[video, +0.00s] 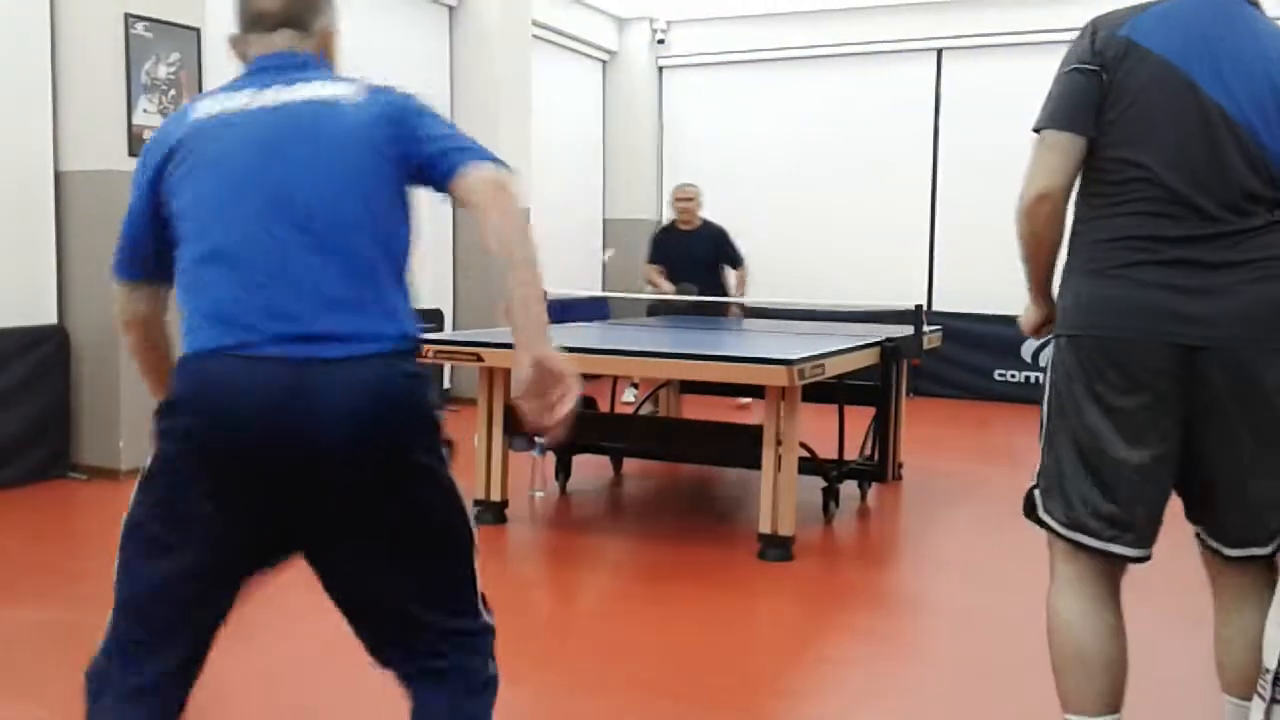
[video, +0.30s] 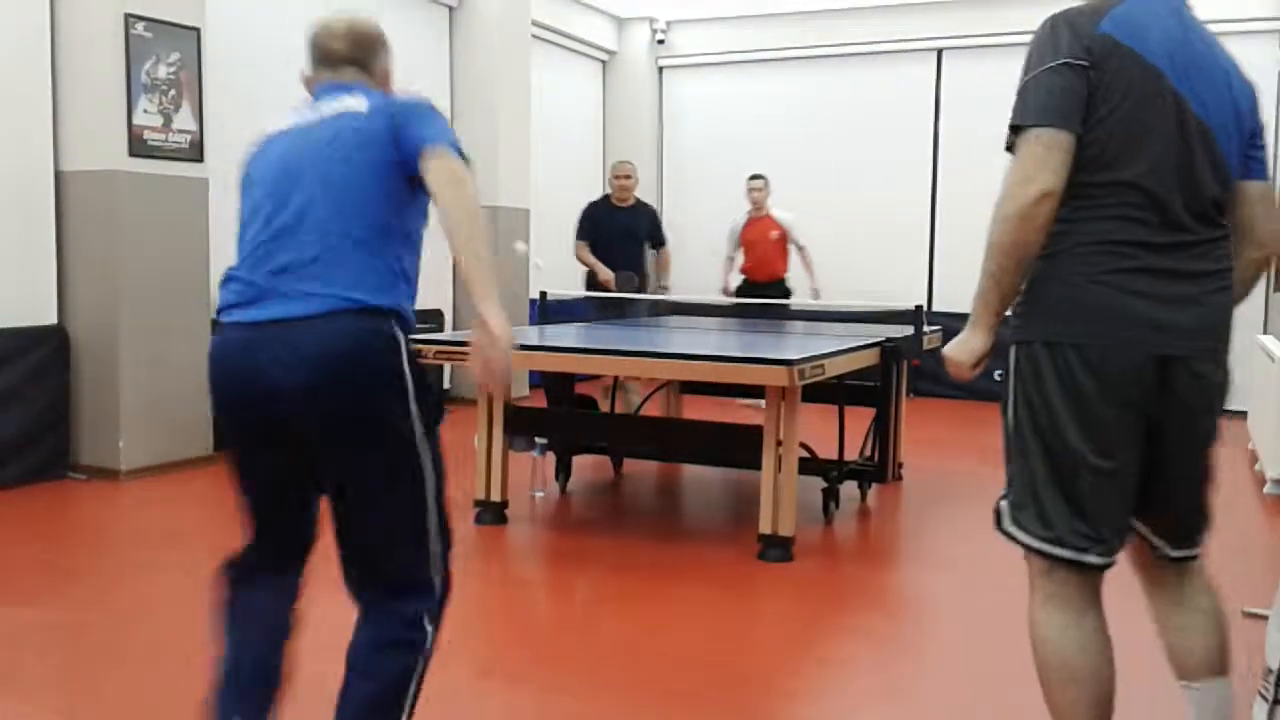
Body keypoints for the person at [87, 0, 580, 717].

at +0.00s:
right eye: (331, 35)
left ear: (237, 51)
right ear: (328, 42)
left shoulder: (180, 131)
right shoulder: (381, 108)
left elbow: (138, 315)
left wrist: (186, 417)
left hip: (222, 411)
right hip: (373, 409)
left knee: (139, 667)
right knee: (450, 657)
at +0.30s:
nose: (393, 81)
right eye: (391, 71)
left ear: (309, 79)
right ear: (384, 72)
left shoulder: (266, 147)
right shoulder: (403, 112)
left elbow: (258, 253)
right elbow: (448, 181)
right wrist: (490, 312)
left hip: (243, 354)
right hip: (354, 350)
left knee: (271, 551)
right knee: (403, 584)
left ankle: (237, 708)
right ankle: (367, 711)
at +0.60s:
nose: (402, 170)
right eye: (398, 164)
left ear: (341, 174)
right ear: (389, 163)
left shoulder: (315, 210)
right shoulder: (390, 174)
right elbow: (421, 208)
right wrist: (471, 304)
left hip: (270, 349)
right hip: (351, 339)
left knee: (346, 491)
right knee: (442, 524)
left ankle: (368, 641)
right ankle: (391, 691)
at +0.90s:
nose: (408, 151)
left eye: (407, 147)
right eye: (405, 143)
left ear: (356, 134)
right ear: (393, 134)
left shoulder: (326, 172)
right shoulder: (387, 137)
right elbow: (391, 154)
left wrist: (415, 346)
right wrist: (412, 237)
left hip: (279, 288)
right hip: (350, 275)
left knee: (336, 452)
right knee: (397, 439)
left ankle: (362, 599)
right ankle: (425, 579)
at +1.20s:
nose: (351, 127)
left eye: (346, 119)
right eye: (349, 119)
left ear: (298, 122)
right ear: (340, 120)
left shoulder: (260, 171)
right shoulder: (359, 156)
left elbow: (211, 241)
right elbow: (393, 205)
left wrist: (249, 291)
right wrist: (397, 288)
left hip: (279, 310)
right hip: (352, 303)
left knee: (281, 433)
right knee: (384, 439)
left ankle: (279, 545)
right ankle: (403, 570)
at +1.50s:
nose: (282, 119)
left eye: (281, 112)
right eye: (280, 112)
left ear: (235, 108)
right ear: (269, 110)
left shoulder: (194, 151)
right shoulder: (281, 151)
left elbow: (175, 220)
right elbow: (305, 209)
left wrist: (213, 248)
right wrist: (319, 279)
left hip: (203, 288)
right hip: (264, 284)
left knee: (232, 402)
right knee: (297, 395)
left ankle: (271, 517)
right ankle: (302, 504)